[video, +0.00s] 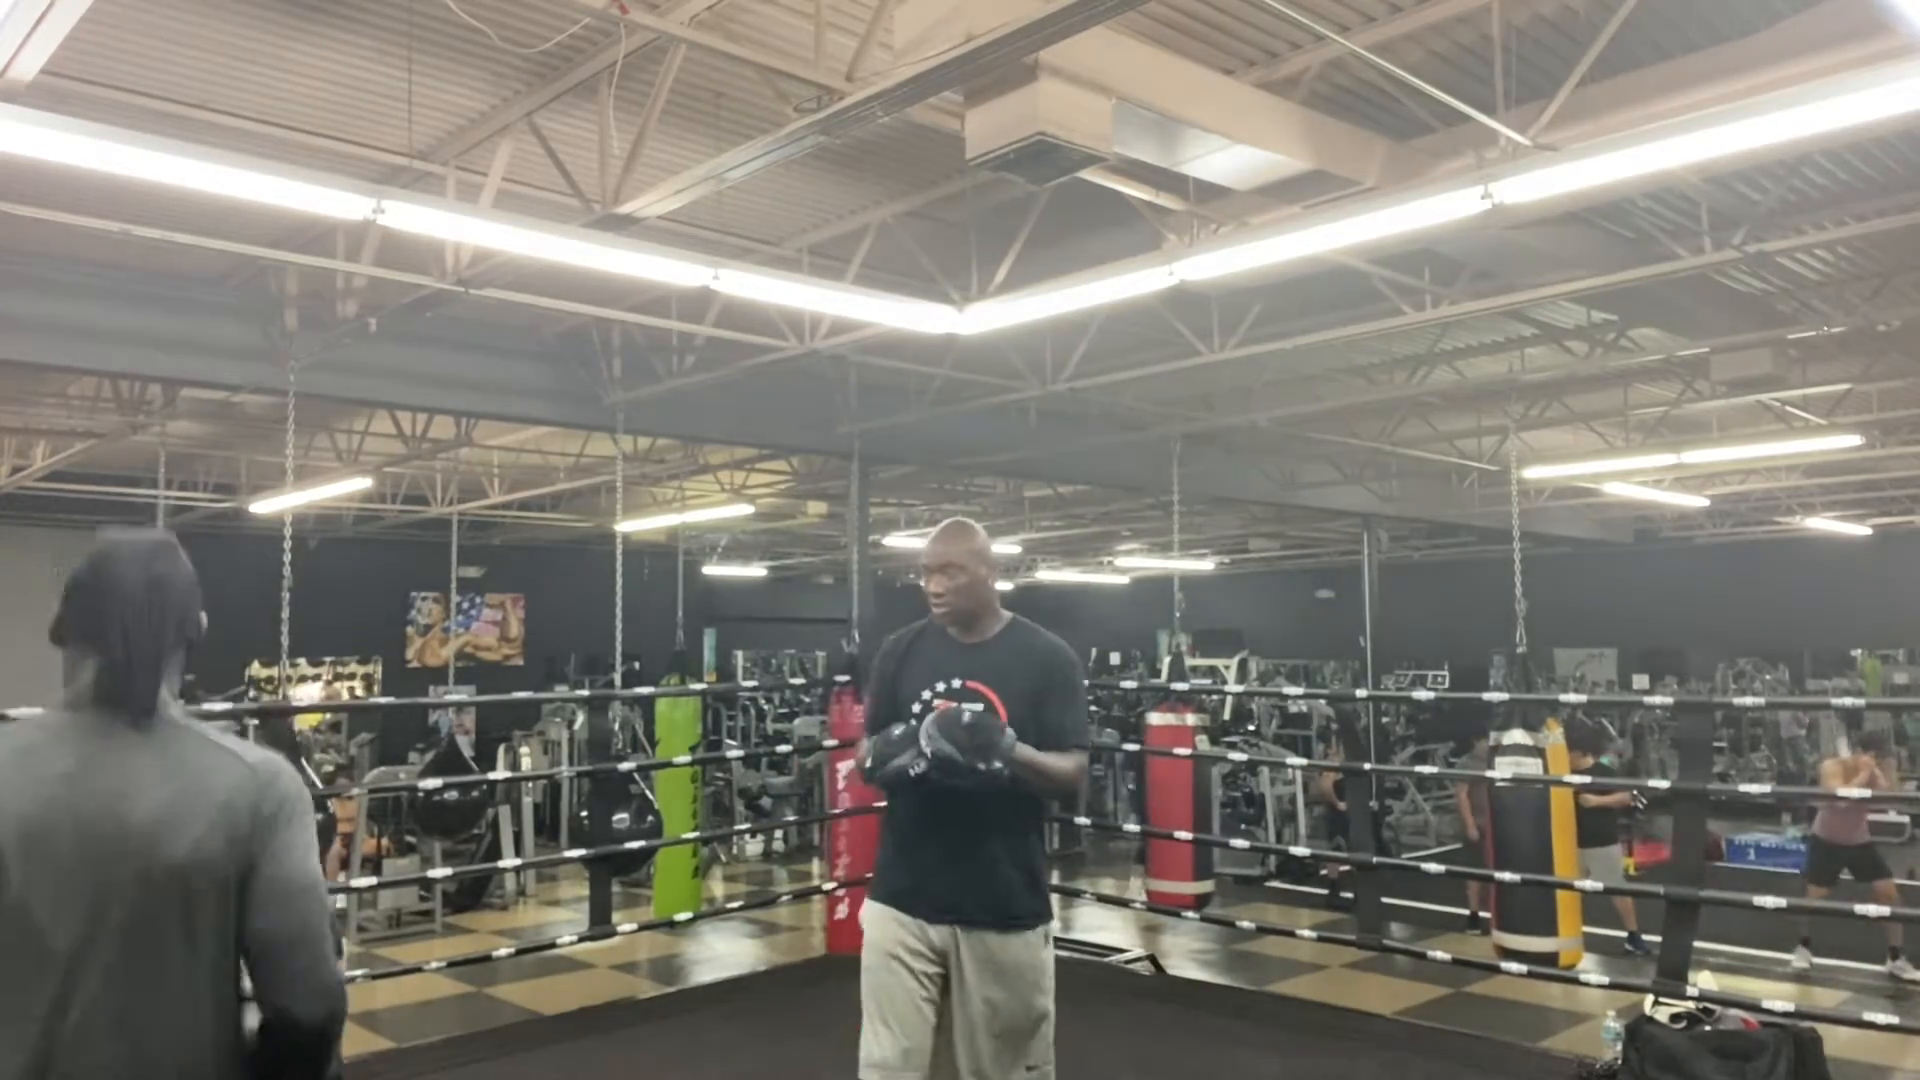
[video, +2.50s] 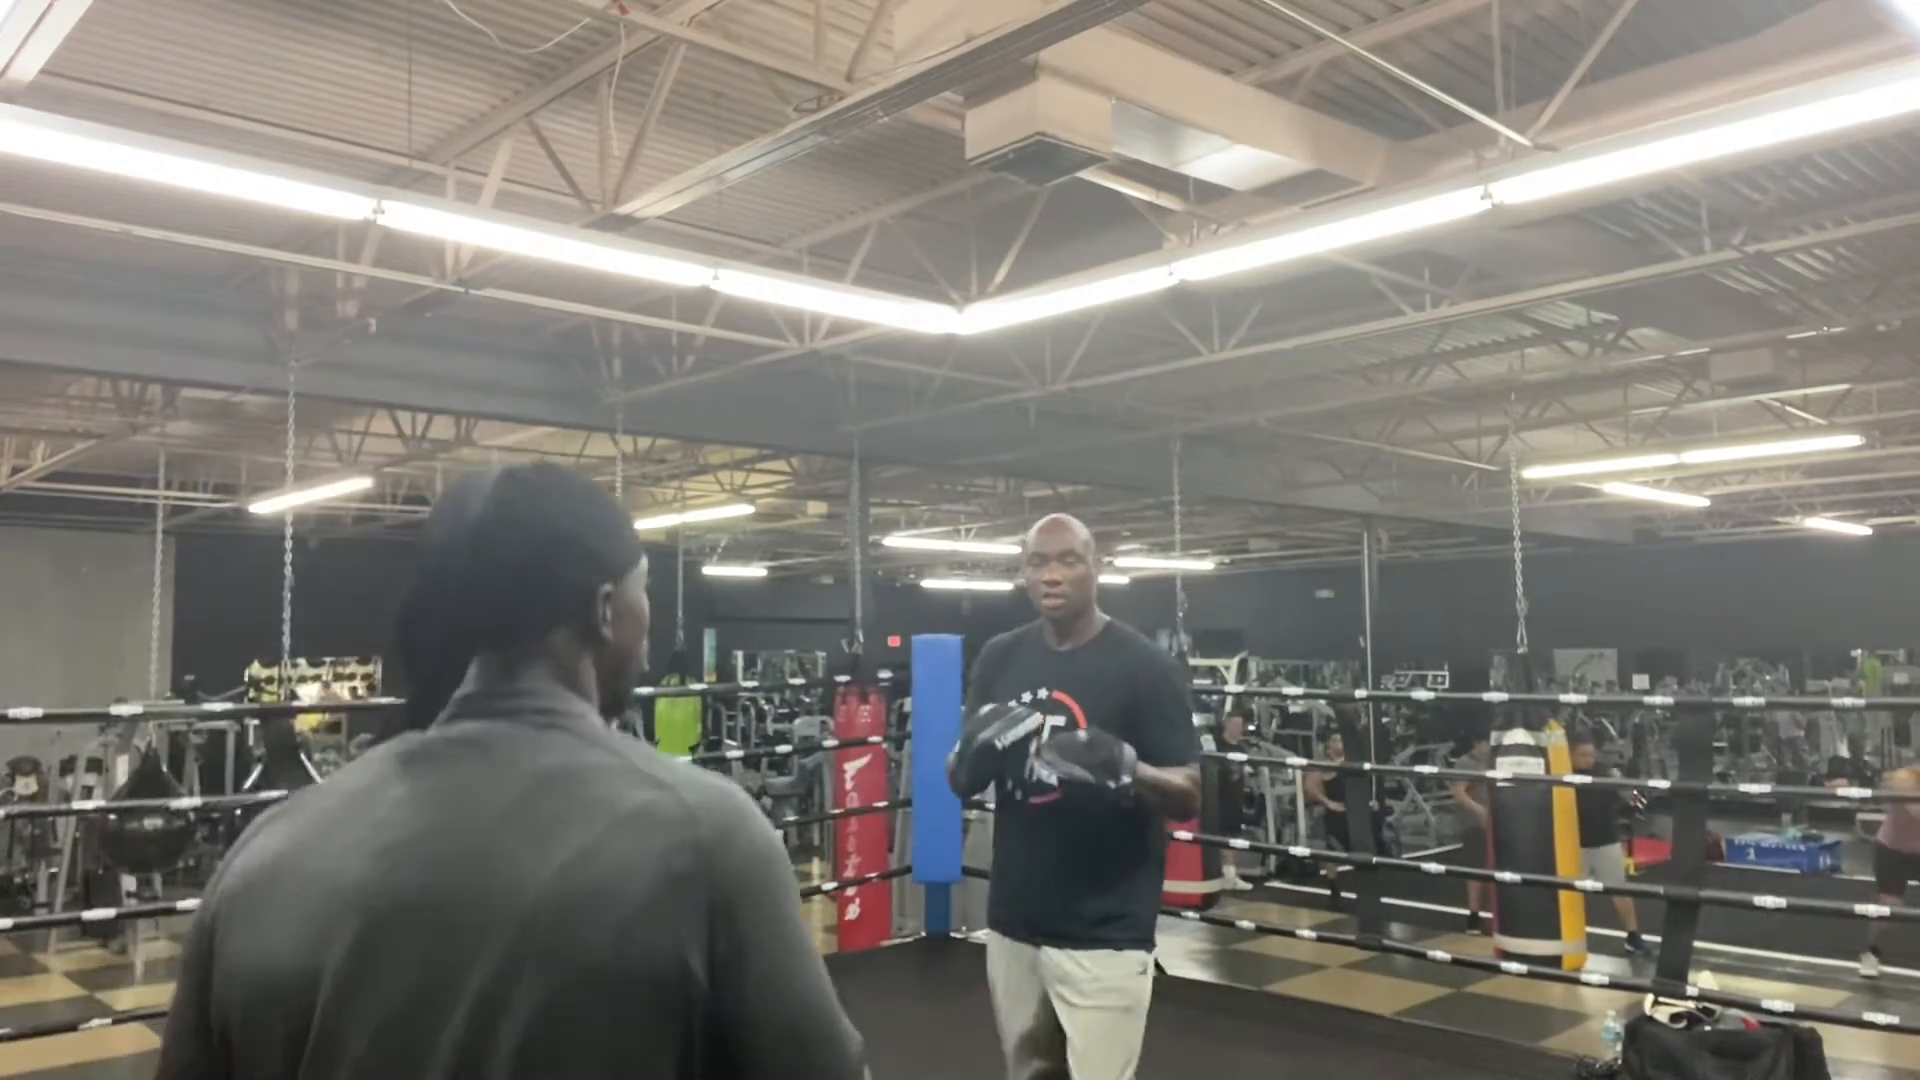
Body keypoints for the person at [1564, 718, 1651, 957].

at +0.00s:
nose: (1566, 756)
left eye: (1570, 751)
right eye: (1567, 751)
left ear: (1583, 753)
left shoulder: (1602, 773)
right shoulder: (1569, 776)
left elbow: (1626, 797)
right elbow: (1586, 800)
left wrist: (1596, 799)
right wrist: (1615, 799)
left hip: (1602, 843)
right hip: (1573, 843)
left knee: (1618, 890)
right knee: (1566, 890)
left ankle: (1633, 934)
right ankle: (1563, 936)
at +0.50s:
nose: (1597, 758)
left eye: (1598, 752)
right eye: (1591, 753)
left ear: (1601, 750)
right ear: (1571, 754)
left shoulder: (1606, 773)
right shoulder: (1564, 777)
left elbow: (1624, 791)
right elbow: (1572, 808)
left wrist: (1623, 799)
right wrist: (1607, 803)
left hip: (1607, 840)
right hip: (1575, 843)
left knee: (1620, 890)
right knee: (1565, 892)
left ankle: (1633, 934)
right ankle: (1561, 936)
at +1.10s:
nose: (1608, 760)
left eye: (1610, 755)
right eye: (1604, 754)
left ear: (1612, 753)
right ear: (1590, 750)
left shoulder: (1610, 774)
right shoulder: (1568, 771)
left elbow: (1614, 799)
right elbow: (1554, 797)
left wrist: (1627, 804)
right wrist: (1579, 811)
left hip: (1607, 842)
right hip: (1576, 843)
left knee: (1620, 890)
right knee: (1570, 892)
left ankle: (1633, 935)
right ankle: (1564, 932)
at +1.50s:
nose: (1575, 752)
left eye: (1580, 747)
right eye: (1575, 747)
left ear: (1596, 750)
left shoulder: (1615, 774)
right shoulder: (1567, 773)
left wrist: (1627, 805)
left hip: (1608, 841)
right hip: (1575, 842)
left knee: (1620, 890)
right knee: (1571, 890)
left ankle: (1633, 934)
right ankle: (1564, 932)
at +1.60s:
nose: (1576, 753)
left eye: (1580, 749)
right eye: (1579, 749)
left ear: (1593, 750)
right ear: (1575, 751)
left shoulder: (1615, 774)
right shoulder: (1568, 775)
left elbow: (1637, 800)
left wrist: (1613, 805)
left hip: (1608, 841)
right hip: (1575, 841)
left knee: (1620, 890)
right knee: (1569, 892)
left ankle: (1633, 935)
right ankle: (1561, 935)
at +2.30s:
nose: (1575, 757)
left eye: (1578, 751)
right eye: (1572, 752)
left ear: (1589, 753)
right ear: (1567, 753)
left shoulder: (1607, 772)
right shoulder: (1562, 776)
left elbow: (1632, 794)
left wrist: (1611, 797)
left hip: (1604, 841)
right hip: (1573, 843)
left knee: (1619, 889)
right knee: (1567, 893)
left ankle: (1633, 935)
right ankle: (1563, 938)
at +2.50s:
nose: (1586, 760)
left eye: (1590, 754)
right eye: (1581, 754)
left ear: (1596, 755)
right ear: (1570, 755)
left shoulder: (1604, 778)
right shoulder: (1564, 780)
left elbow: (1616, 804)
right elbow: (1556, 810)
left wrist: (1628, 803)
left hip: (1605, 842)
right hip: (1575, 844)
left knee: (1620, 889)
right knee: (1570, 893)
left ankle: (1633, 934)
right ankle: (1568, 940)